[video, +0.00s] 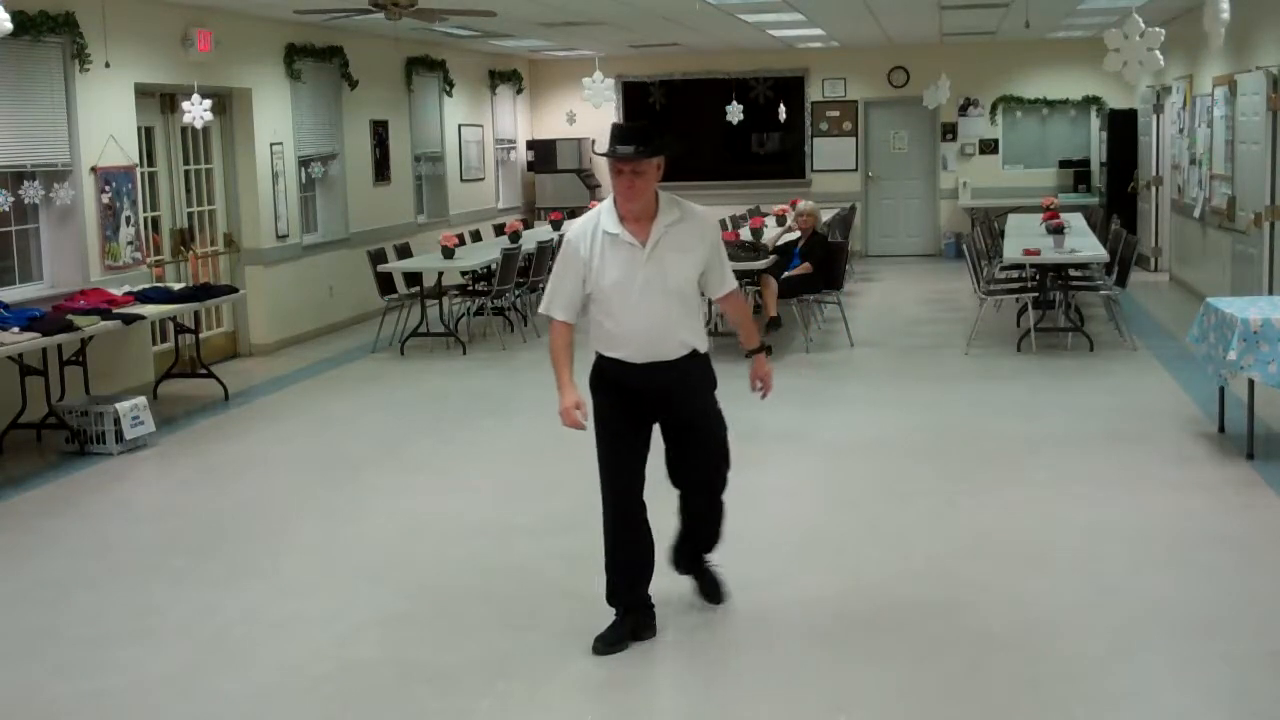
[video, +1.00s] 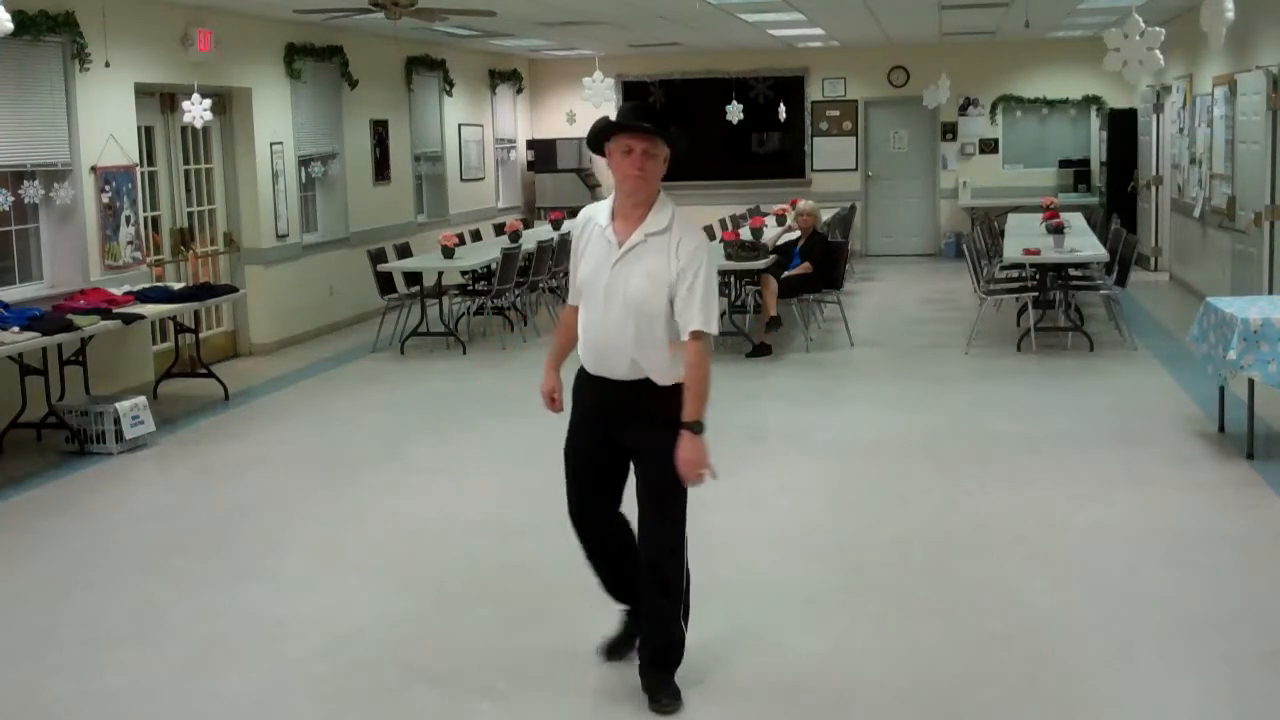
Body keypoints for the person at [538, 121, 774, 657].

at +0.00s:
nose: (625, 180)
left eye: (636, 170)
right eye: (618, 170)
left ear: (659, 169)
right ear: (607, 171)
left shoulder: (698, 225)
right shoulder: (583, 234)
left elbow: (727, 293)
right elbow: (561, 317)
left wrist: (757, 350)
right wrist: (565, 386)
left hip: (686, 374)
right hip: (618, 378)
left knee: (707, 475)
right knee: (620, 499)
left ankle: (692, 556)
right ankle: (632, 610)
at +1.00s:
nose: (637, 162)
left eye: (649, 153)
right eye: (626, 152)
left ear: (665, 164)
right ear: (606, 161)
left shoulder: (686, 240)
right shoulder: (586, 226)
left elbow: (698, 341)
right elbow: (577, 303)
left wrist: (692, 429)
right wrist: (553, 364)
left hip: (660, 400)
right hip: (595, 395)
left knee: (660, 538)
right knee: (589, 511)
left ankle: (661, 665)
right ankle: (639, 605)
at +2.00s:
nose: (639, 150)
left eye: (648, 138)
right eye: (624, 144)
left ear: (671, 149)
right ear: (609, 165)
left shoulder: (726, 230)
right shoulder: (589, 247)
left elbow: (747, 318)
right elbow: (568, 351)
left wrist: (764, 394)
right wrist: (574, 435)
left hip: (718, 425)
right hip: (636, 430)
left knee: (732, 569)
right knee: (640, 585)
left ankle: (702, 661)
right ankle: (645, 713)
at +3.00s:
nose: (650, 165)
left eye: (648, 155)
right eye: (652, 155)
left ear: (656, 154)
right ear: (708, 155)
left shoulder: (671, 226)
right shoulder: (741, 221)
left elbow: (654, 331)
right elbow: (763, 322)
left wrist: (619, 422)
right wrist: (765, 392)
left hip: (688, 406)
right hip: (743, 398)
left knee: (692, 544)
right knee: (737, 536)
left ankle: (737, 688)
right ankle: (733, 668)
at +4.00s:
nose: (633, 172)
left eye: (628, 163)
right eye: (631, 164)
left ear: (584, 166)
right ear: (623, 167)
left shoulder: (550, 224)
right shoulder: (632, 218)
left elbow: (539, 301)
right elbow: (647, 295)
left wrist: (579, 336)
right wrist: (690, 362)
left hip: (566, 369)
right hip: (626, 366)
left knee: (575, 484)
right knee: (649, 492)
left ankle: (579, 593)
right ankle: (647, 622)